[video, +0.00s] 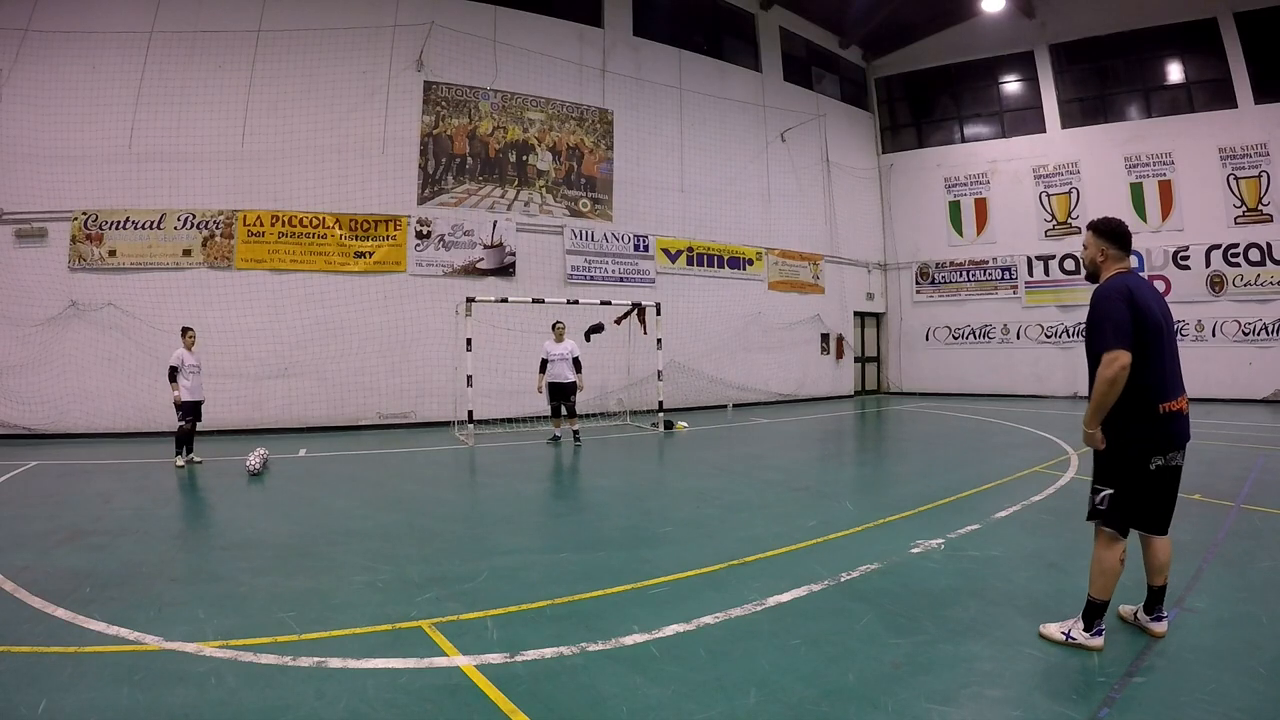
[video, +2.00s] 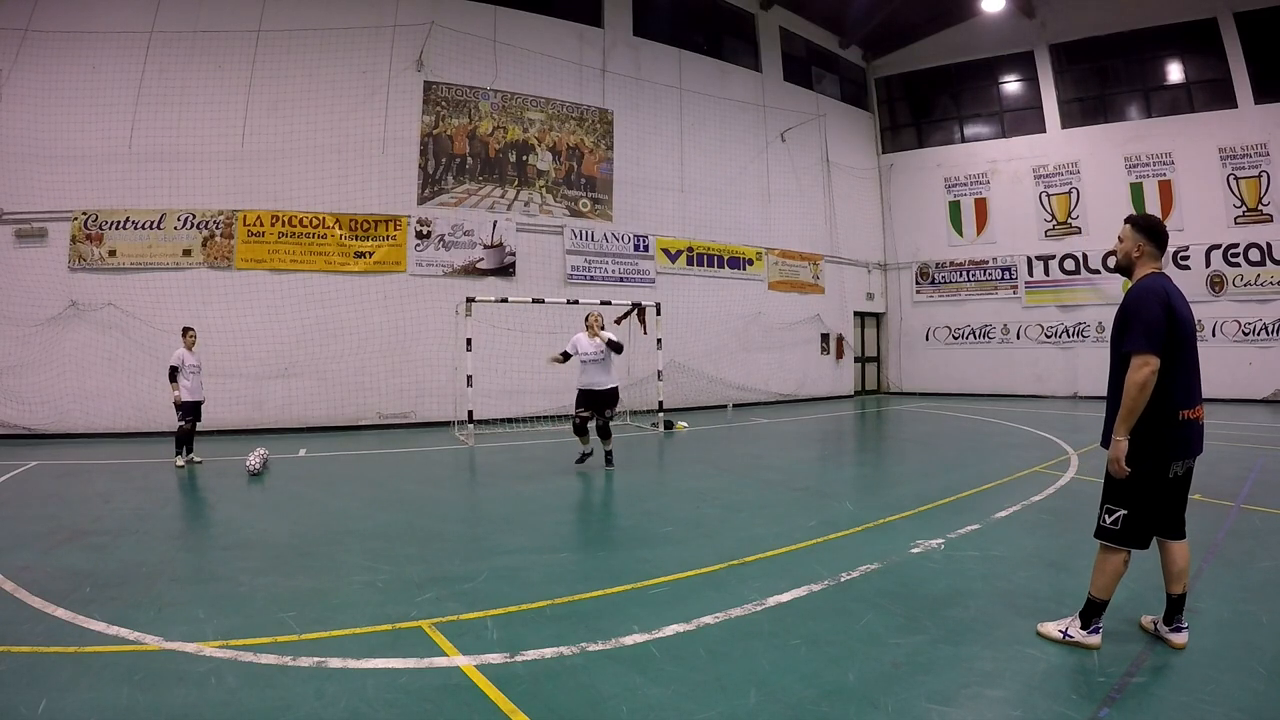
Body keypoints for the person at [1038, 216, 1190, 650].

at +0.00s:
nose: (1083, 254)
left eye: (1086, 247)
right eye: (1084, 246)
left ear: (1102, 251)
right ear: (1123, 251)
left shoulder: (1111, 293)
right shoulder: (1145, 288)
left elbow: (1116, 363)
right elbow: (1158, 358)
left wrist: (1091, 422)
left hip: (1130, 432)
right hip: (1168, 429)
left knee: (1109, 530)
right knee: (1155, 525)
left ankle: (1090, 625)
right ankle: (1155, 613)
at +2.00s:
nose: (1113, 247)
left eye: (1119, 239)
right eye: (1117, 239)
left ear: (1138, 246)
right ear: (1151, 249)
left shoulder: (1144, 295)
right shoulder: (1169, 292)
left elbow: (1145, 368)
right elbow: (1171, 368)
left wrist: (1120, 433)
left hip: (1145, 441)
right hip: (1177, 438)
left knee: (1115, 535)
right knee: (1171, 529)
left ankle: (1087, 624)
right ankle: (1174, 622)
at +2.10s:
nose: (1113, 247)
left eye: (1119, 239)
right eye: (1117, 239)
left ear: (1138, 246)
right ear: (1151, 249)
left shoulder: (1144, 295)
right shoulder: (1169, 292)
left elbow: (1146, 369)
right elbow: (1173, 369)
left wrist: (1120, 433)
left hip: (1145, 441)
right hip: (1177, 438)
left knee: (1115, 535)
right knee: (1171, 529)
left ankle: (1087, 623)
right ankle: (1174, 622)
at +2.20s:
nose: (1113, 247)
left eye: (1119, 239)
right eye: (1116, 239)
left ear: (1138, 247)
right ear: (1150, 249)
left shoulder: (1144, 295)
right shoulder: (1168, 292)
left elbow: (1146, 370)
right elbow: (1171, 370)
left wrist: (1121, 434)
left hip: (1144, 442)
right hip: (1176, 439)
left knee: (1115, 535)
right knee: (1171, 529)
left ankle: (1087, 624)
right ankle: (1174, 622)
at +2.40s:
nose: (1112, 246)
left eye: (1118, 238)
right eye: (1115, 238)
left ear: (1137, 246)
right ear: (1148, 249)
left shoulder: (1143, 295)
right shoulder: (1166, 292)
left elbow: (1146, 369)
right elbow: (1169, 370)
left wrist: (1124, 436)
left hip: (1143, 442)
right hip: (1175, 440)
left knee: (1114, 536)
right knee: (1171, 530)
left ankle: (1087, 624)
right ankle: (1174, 622)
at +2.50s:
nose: (1112, 245)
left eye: (1118, 238)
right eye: (1115, 237)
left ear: (1138, 246)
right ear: (1148, 249)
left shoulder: (1142, 295)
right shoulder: (1165, 292)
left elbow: (1146, 369)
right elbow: (1167, 370)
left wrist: (1124, 437)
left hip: (1142, 442)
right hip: (1175, 440)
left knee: (1114, 536)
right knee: (1170, 530)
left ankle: (1087, 624)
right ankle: (1174, 622)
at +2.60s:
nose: (1112, 245)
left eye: (1118, 238)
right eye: (1115, 237)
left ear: (1138, 246)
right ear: (1148, 249)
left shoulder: (1142, 295)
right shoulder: (1165, 293)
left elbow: (1146, 370)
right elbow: (1168, 370)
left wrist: (1124, 437)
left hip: (1142, 441)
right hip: (1174, 440)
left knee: (1114, 536)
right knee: (1169, 531)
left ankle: (1087, 624)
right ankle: (1174, 622)